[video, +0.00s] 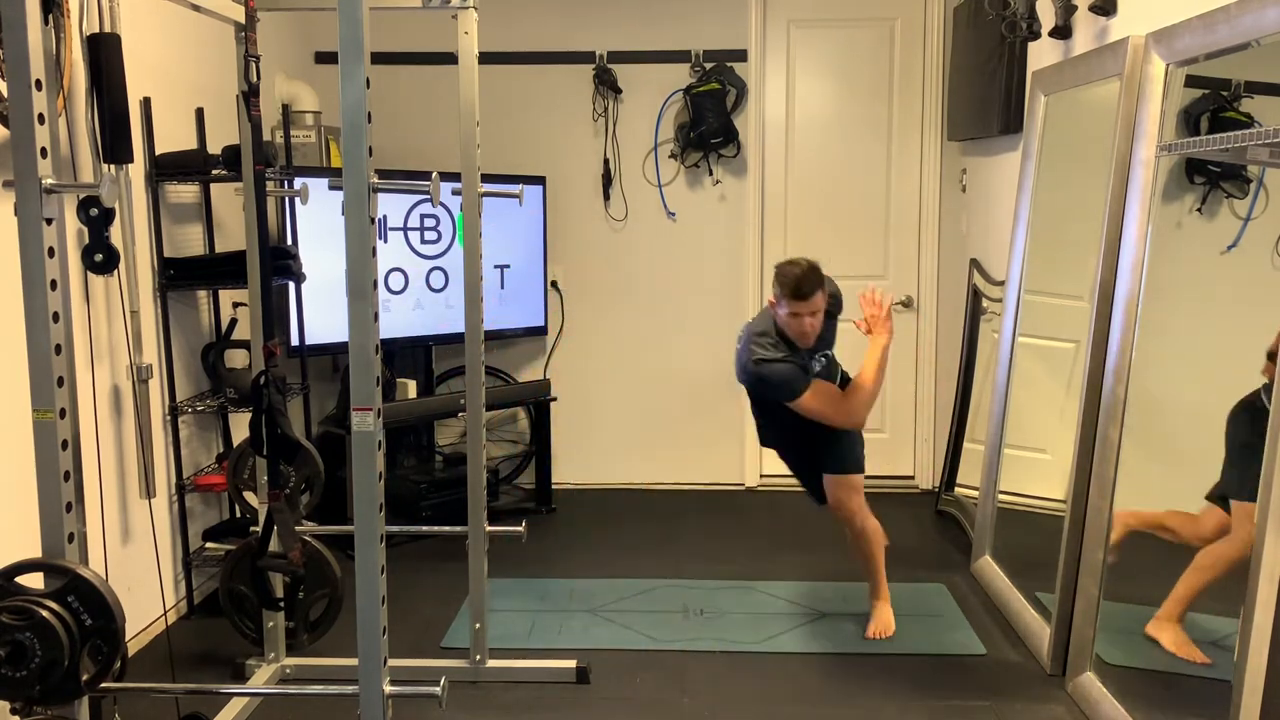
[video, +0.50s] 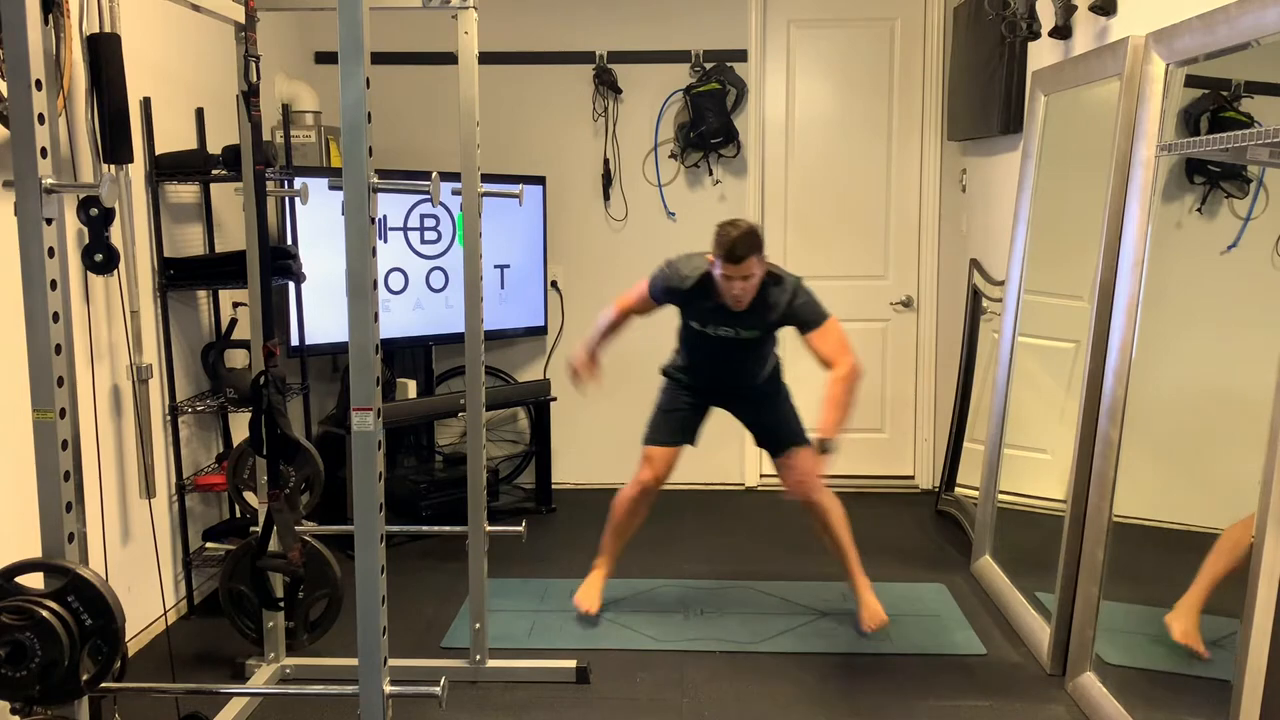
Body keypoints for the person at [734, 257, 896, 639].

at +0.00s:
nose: (807, 325)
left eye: (815, 313)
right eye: (795, 316)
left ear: (824, 301)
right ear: (774, 305)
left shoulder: (829, 297)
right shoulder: (764, 363)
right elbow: (851, 414)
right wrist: (881, 339)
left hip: (834, 409)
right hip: (789, 432)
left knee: (848, 507)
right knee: (836, 500)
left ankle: (880, 597)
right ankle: (873, 532)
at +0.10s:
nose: (817, 331)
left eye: (825, 318)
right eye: (804, 321)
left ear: (834, 305)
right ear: (784, 310)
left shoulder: (839, 304)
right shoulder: (769, 361)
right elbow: (850, 424)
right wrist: (879, 348)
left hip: (838, 406)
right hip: (793, 433)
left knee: (857, 509)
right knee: (849, 497)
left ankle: (881, 597)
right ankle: (896, 502)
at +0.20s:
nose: (812, 326)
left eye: (820, 314)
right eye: (801, 316)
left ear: (830, 302)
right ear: (782, 305)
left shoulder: (844, 310)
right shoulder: (759, 347)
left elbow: (863, 338)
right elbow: (811, 430)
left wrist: (862, 377)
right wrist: (879, 378)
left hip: (834, 410)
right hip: (785, 433)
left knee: (852, 510)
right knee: (828, 515)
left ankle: (882, 597)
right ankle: (879, 503)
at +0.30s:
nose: (794, 314)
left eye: (803, 303)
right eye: (784, 304)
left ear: (816, 290)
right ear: (766, 290)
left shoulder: (838, 313)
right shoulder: (740, 327)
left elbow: (897, 354)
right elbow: (741, 413)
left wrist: (924, 414)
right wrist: (818, 439)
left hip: (824, 404)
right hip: (767, 408)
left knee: (846, 506)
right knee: (762, 516)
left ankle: (882, 598)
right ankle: (802, 512)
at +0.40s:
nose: (772, 297)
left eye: (781, 286)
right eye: (762, 287)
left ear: (795, 274)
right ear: (746, 275)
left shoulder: (820, 305)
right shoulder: (718, 302)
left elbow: (894, 360)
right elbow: (671, 366)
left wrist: (909, 442)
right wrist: (685, 439)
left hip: (800, 404)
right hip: (735, 404)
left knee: (841, 507)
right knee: (697, 481)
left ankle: (882, 598)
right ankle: (694, 533)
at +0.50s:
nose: (738, 289)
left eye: (748, 278)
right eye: (729, 279)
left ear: (763, 265)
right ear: (713, 266)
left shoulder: (786, 293)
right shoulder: (684, 279)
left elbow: (845, 364)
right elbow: (625, 308)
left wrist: (824, 442)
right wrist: (589, 349)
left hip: (758, 388)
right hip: (690, 383)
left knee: (807, 484)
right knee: (647, 480)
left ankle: (862, 587)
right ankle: (599, 573)